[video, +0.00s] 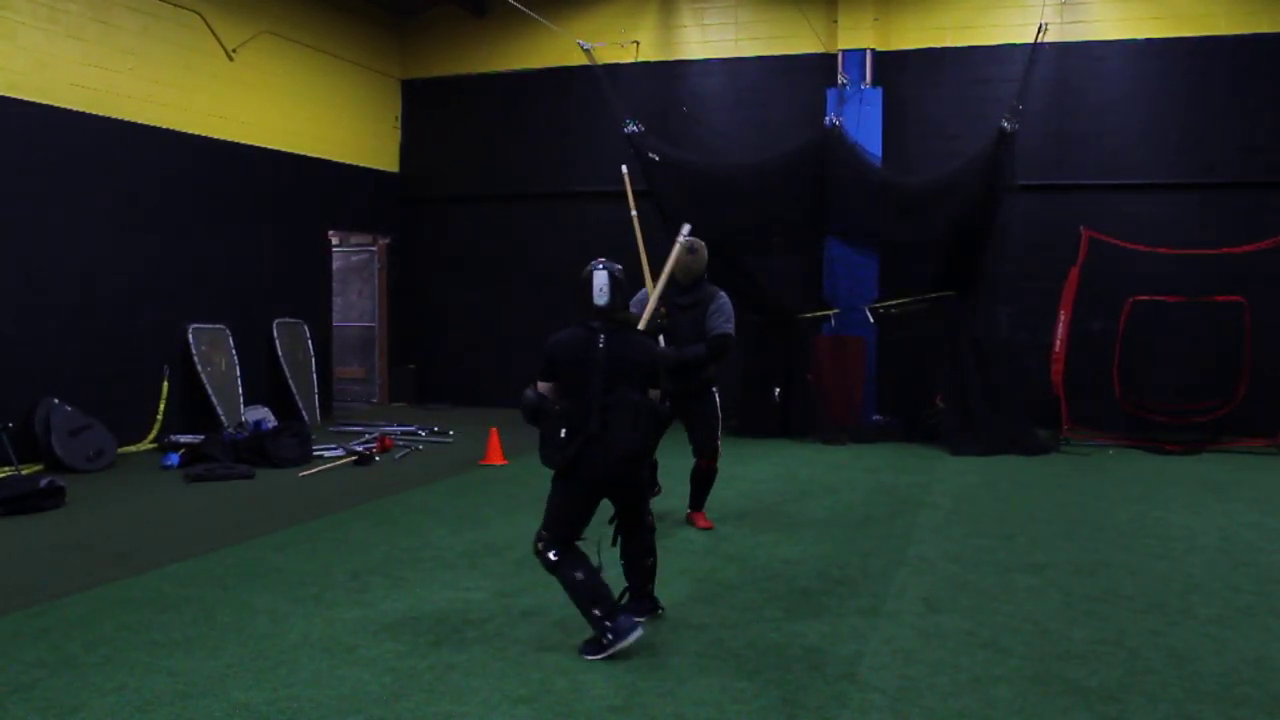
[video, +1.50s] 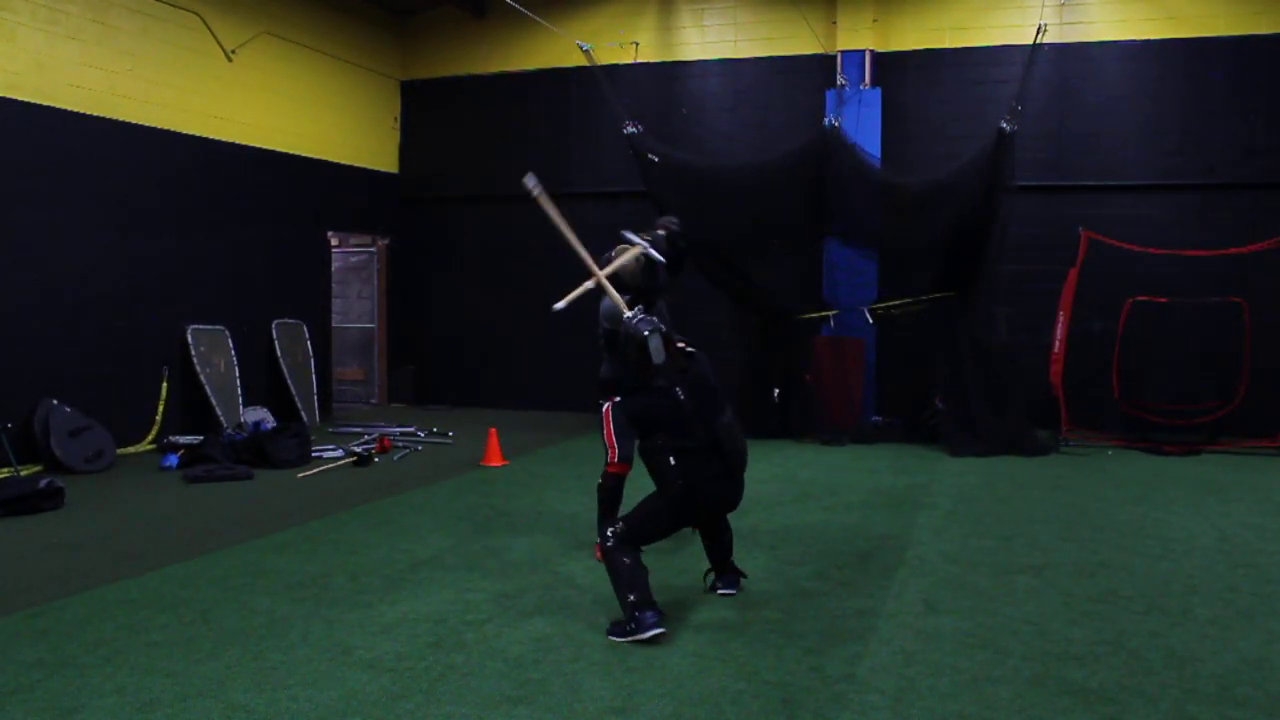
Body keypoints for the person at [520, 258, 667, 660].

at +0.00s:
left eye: (592, 292)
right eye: (612, 292)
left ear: (582, 297)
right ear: (624, 298)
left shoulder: (564, 344)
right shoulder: (643, 346)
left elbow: (543, 401)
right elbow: (660, 403)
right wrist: (642, 441)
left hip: (581, 461)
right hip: (630, 460)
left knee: (553, 543)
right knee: (637, 522)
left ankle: (611, 622)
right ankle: (641, 599)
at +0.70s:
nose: (623, 317)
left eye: (628, 312)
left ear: (633, 317)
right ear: (677, 322)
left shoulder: (619, 350)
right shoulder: (690, 361)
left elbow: (586, 409)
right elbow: (699, 424)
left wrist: (610, 442)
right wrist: (676, 448)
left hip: (626, 469)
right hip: (677, 469)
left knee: (586, 543)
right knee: (684, 517)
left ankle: (622, 634)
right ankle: (689, 596)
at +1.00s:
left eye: (648, 300)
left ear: (651, 304)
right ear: (691, 309)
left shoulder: (637, 337)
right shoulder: (704, 348)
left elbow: (610, 393)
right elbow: (715, 403)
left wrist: (625, 426)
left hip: (649, 448)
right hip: (695, 450)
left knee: (603, 520)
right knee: (685, 514)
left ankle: (641, 608)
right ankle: (690, 595)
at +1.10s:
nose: (642, 302)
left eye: (644, 296)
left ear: (649, 299)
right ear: (687, 302)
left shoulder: (641, 331)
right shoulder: (703, 340)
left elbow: (607, 388)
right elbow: (709, 393)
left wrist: (608, 382)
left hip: (654, 446)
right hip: (698, 446)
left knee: (605, 514)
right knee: (688, 508)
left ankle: (648, 603)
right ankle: (692, 589)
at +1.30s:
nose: (643, 322)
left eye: (645, 315)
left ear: (647, 320)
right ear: (683, 317)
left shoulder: (639, 359)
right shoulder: (703, 356)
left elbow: (605, 385)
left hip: (662, 470)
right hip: (706, 464)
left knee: (607, 531)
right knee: (709, 511)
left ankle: (643, 610)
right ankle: (726, 577)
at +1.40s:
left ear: (639, 343)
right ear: (678, 337)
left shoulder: (632, 390)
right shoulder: (703, 374)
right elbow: (723, 434)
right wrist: (720, 488)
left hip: (667, 492)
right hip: (713, 486)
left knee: (610, 539)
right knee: (715, 507)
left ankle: (633, 604)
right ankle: (727, 575)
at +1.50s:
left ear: (620, 363)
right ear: (662, 350)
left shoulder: (622, 403)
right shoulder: (692, 369)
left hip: (683, 495)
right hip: (728, 486)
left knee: (617, 538)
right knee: (703, 502)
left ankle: (641, 612)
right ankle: (727, 573)